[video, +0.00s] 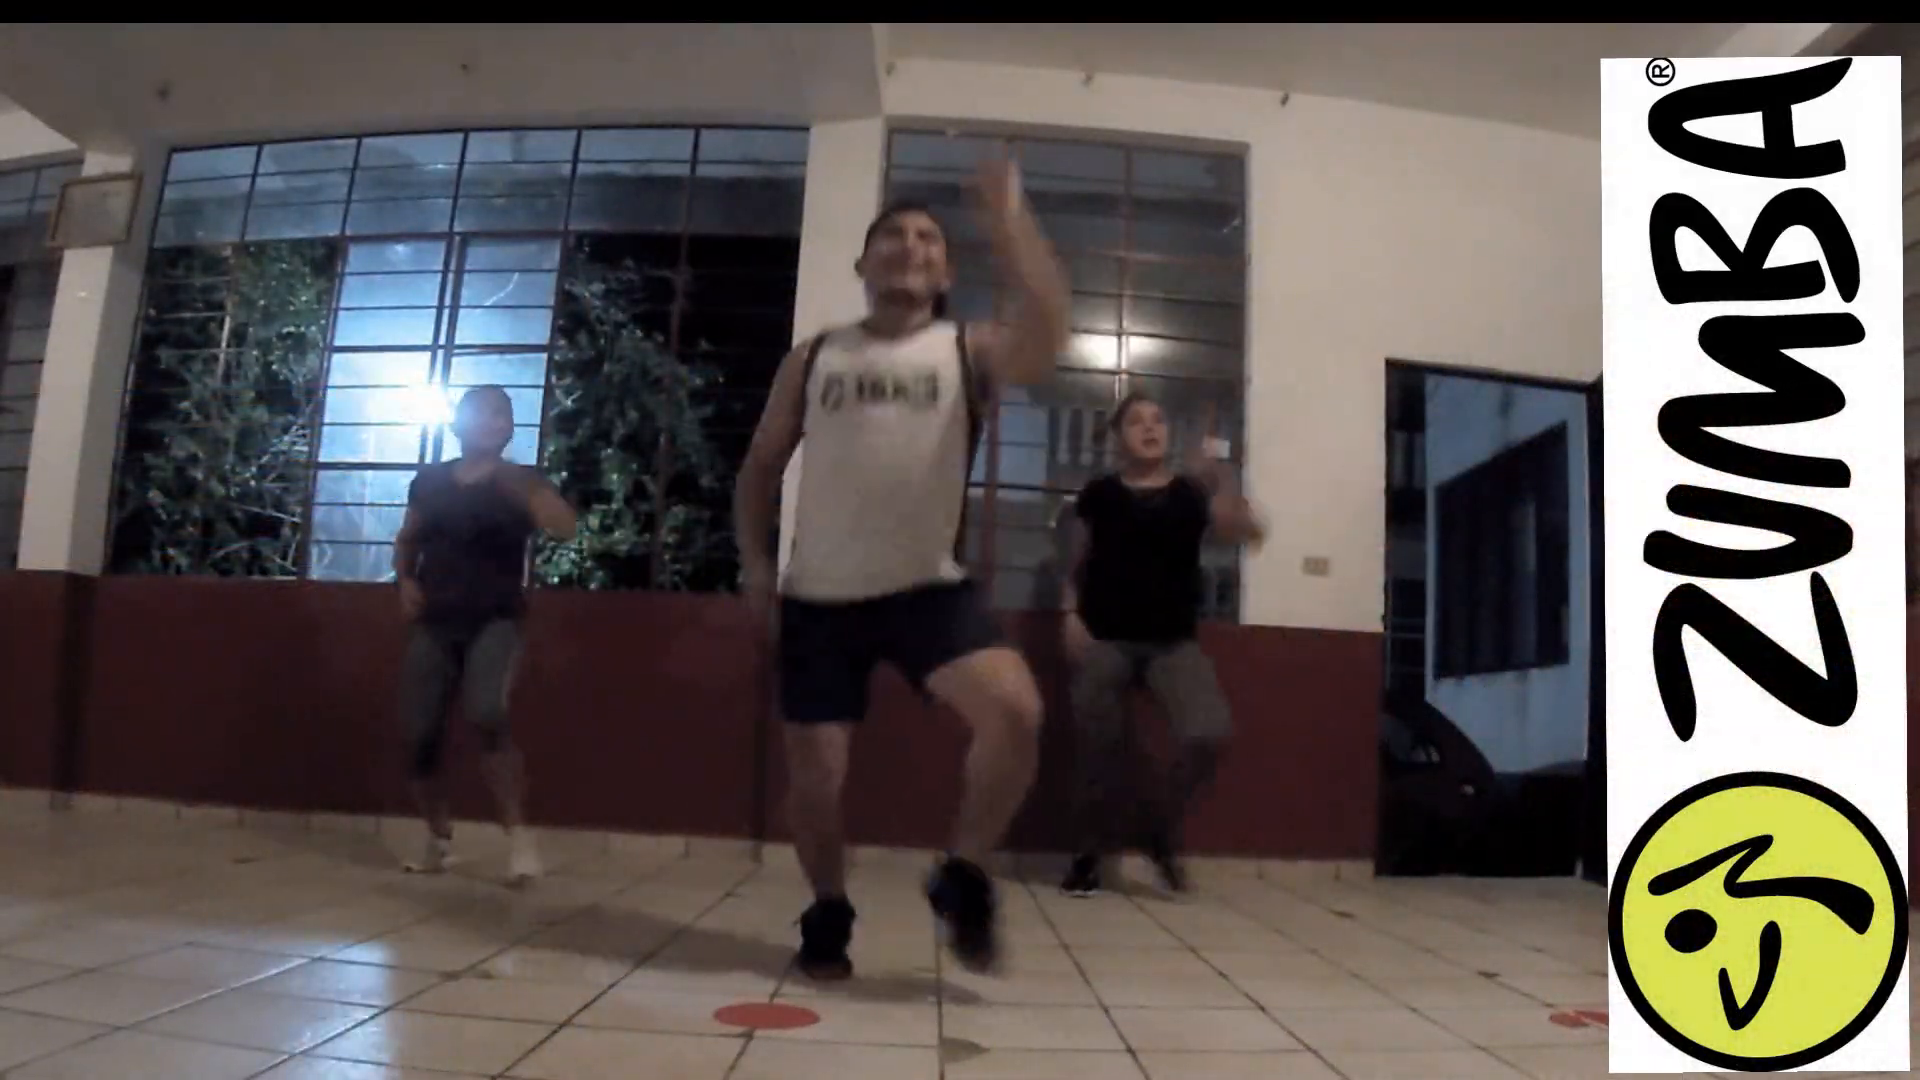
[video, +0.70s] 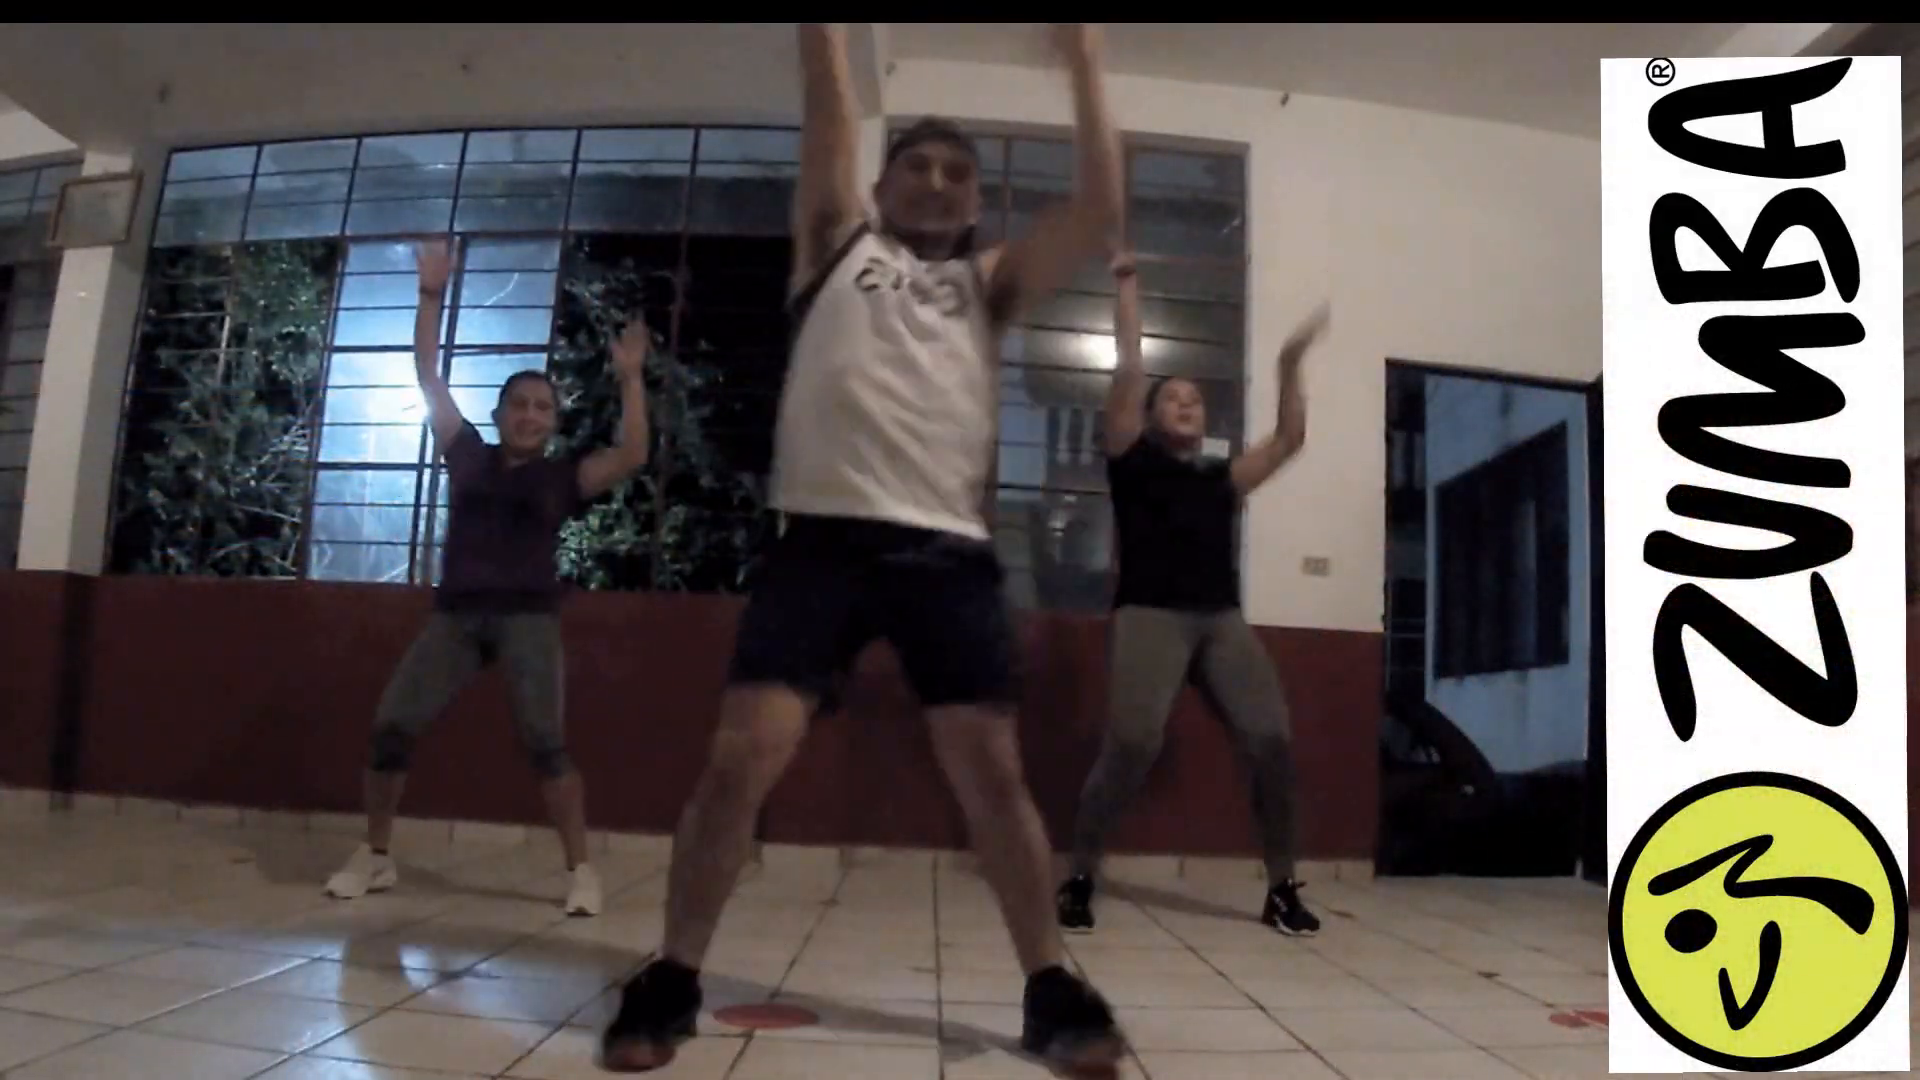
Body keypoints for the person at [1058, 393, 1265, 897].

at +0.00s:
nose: (1150, 431)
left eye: (1157, 422)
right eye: (1138, 424)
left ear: (1169, 433)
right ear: (1118, 437)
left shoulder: (1191, 494)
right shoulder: (1098, 497)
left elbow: (1242, 529)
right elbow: (1070, 565)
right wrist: (1070, 616)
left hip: (1172, 640)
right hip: (1106, 638)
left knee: (1208, 732)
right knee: (1097, 742)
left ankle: (1162, 834)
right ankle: (1087, 851)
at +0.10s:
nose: (1163, 416)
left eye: (1171, 409)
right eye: (1151, 409)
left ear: (1184, 423)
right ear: (1129, 425)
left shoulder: (1206, 475)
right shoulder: (1109, 486)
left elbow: (1276, 445)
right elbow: (1091, 557)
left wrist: (1262, 369)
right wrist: (1082, 608)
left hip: (1191, 627)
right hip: (1120, 628)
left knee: (1230, 725)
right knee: (1104, 732)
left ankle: (1245, 864)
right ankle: (1092, 856)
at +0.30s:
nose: (1193, 428)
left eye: (1201, 421)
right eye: (1182, 421)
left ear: (1215, 434)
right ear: (1161, 435)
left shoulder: (1236, 481)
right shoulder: (1141, 504)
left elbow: (1279, 396)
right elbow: (1123, 572)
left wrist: (1313, 318)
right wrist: (1130, 608)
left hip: (1247, 632)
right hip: (1174, 637)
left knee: (1269, 751)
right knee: (1129, 740)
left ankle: (1290, 887)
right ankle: (1113, 849)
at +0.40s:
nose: (1204, 422)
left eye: (1212, 416)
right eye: (1192, 417)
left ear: (1226, 433)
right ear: (1171, 435)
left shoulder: (1250, 479)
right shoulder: (1158, 499)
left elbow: (1293, 392)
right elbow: (1127, 564)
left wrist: (1325, 310)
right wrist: (1144, 506)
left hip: (1257, 633)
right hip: (1179, 635)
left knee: (1284, 747)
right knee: (1113, 730)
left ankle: (1293, 888)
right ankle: (1131, 847)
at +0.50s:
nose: (1202, 402)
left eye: (1211, 398)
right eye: (1191, 398)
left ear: (1227, 415)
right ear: (1171, 416)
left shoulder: (1251, 464)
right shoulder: (1157, 475)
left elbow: (1297, 385)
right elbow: (1108, 466)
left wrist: (1321, 301)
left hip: (1253, 620)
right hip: (1176, 620)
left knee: (1284, 737)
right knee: (1118, 716)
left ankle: (1290, 885)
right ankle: (1120, 858)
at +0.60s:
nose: (1198, 398)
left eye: (1207, 392)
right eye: (1186, 391)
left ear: (1219, 410)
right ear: (1163, 407)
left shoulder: (1238, 459)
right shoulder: (1145, 462)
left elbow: (1296, 391)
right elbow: (1105, 392)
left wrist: (1314, 305)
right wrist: (1131, 311)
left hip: (1242, 608)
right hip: (1166, 608)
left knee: (1280, 729)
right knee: (1138, 727)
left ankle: (1288, 883)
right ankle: (1083, 871)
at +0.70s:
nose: (1187, 410)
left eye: (1195, 404)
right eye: (1175, 402)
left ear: (1205, 419)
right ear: (1150, 412)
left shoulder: (1222, 477)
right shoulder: (1131, 462)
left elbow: (1287, 439)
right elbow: (1128, 368)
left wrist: (1288, 365)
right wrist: (1125, 285)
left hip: (1221, 621)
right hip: (1150, 619)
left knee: (1269, 735)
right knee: (1133, 742)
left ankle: (1282, 887)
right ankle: (1080, 875)